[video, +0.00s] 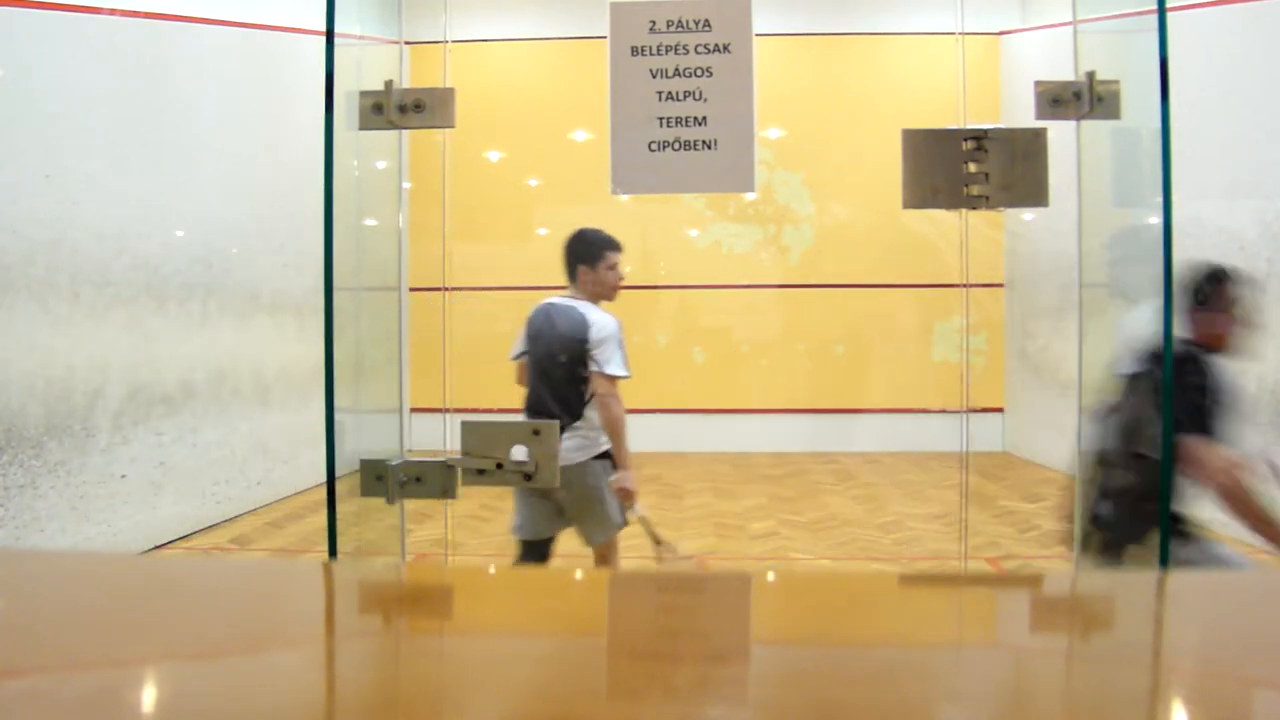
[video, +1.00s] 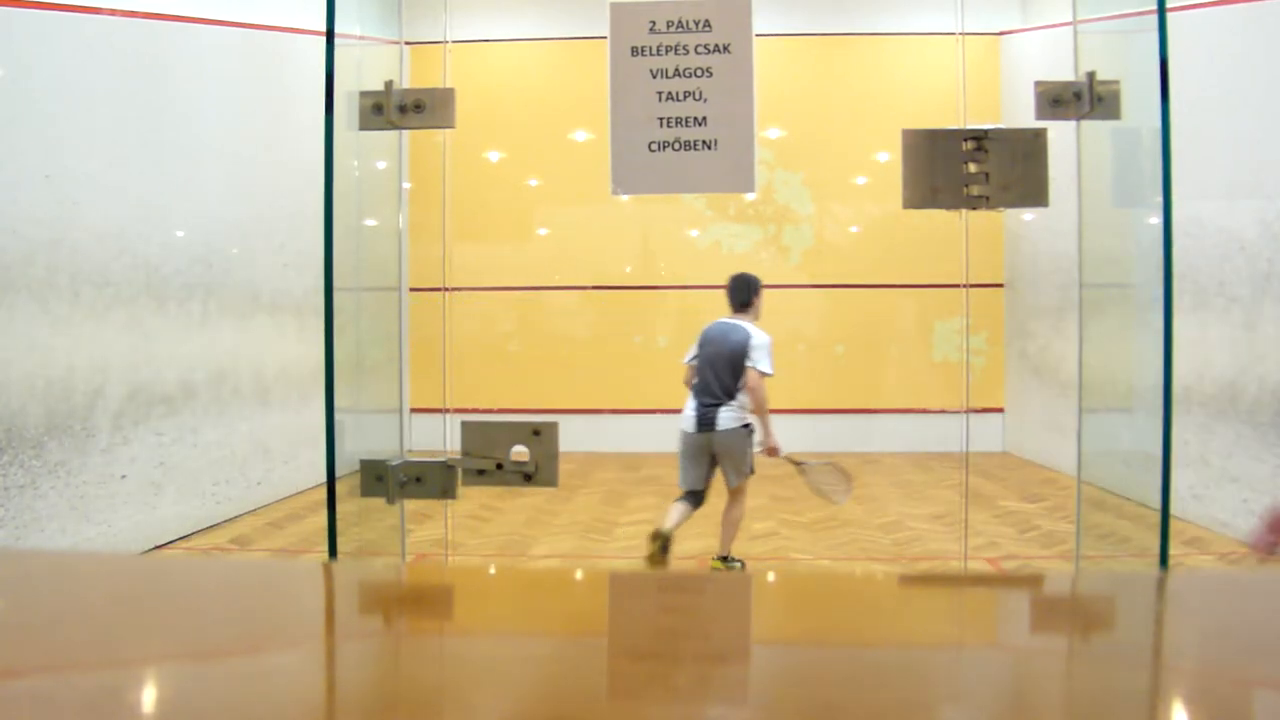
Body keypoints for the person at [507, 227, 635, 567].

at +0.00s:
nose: (620, 277)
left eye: (619, 268)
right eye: (612, 268)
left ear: (584, 275)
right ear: (585, 274)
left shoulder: (540, 312)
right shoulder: (601, 323)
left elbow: (523, 375)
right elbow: (605, 396)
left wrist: (574, 385)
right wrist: (623, 467)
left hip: (535, 456)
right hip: (583, 459)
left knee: (530, 559)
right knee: (606, 553)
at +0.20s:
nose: (656, 273)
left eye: (655, 264)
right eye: (648, 264)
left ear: (624, 268)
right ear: (623, 267)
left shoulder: (580, 305)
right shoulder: (633, 312)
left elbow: (556, 371)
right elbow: (642, 385)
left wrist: (564, 417)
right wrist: (667, 443)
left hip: (572, 434)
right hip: (609, 438)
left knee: (589, 522)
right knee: (612, 541)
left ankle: (581, 603)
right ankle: (606, 614)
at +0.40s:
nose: (678, 289)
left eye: (679, 281)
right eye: (672, 280)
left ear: (647, 283)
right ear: (648, 281)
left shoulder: (611, 321)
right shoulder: (657, 323)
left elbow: (583, 377)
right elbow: (665, 388)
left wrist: (567, 429)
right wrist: (695, 436)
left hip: (604, 442)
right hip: (637, 443)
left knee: (629, 535)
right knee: (630, 539)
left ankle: (625, 612)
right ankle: (616, 612)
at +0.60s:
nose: (697, 282)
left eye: (697, 275)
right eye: (692, 274)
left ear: (667, 276)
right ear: (668, 275)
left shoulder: (636, 314)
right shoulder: (680, 316)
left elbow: (619, 370)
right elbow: (683, 375)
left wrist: (626, 409)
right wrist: (702, 428)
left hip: (628, 425)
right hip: (663, 426)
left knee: (639, 504)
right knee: (688, 505)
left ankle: (634, 580)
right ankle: (651, 567)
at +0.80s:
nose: (726, 293)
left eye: (725, 286)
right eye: (722, 286)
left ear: (696, 290)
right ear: (705, 289)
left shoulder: (667, 324)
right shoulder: (713, 326)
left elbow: (658, 378)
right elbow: (710, 379)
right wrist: (726, 429)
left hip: (654, 423)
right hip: (693, 426)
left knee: (647, 498)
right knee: (720, 489)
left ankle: (635, 573)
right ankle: (726, 555)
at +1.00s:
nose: (762, 302)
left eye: (761, 296)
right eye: (761, 297)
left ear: (729, 300)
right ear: (755, 300)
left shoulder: (708, 331)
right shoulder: (756, 337)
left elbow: (690, 378)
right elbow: (753, 384)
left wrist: (714, 399)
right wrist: (768, 435)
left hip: (694, 423)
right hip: (731, 425)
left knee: (692, 493)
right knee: (737, 492)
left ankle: (664, 530)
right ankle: (723, 555)